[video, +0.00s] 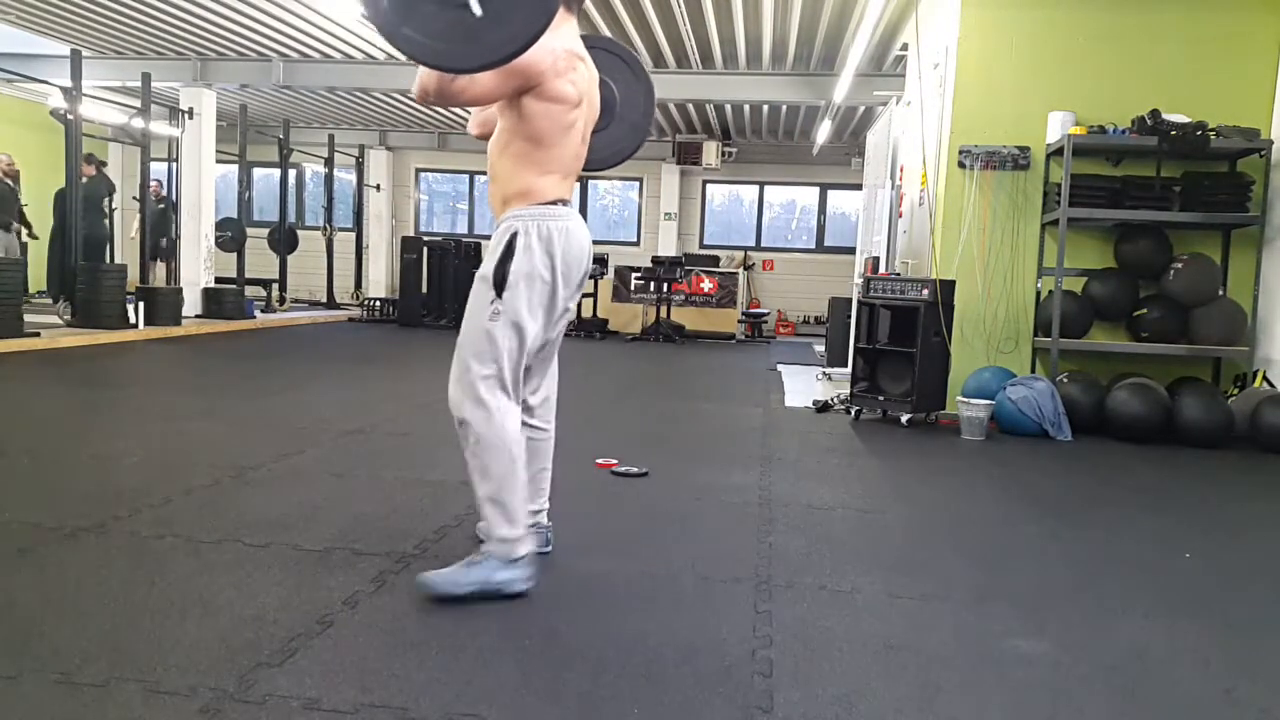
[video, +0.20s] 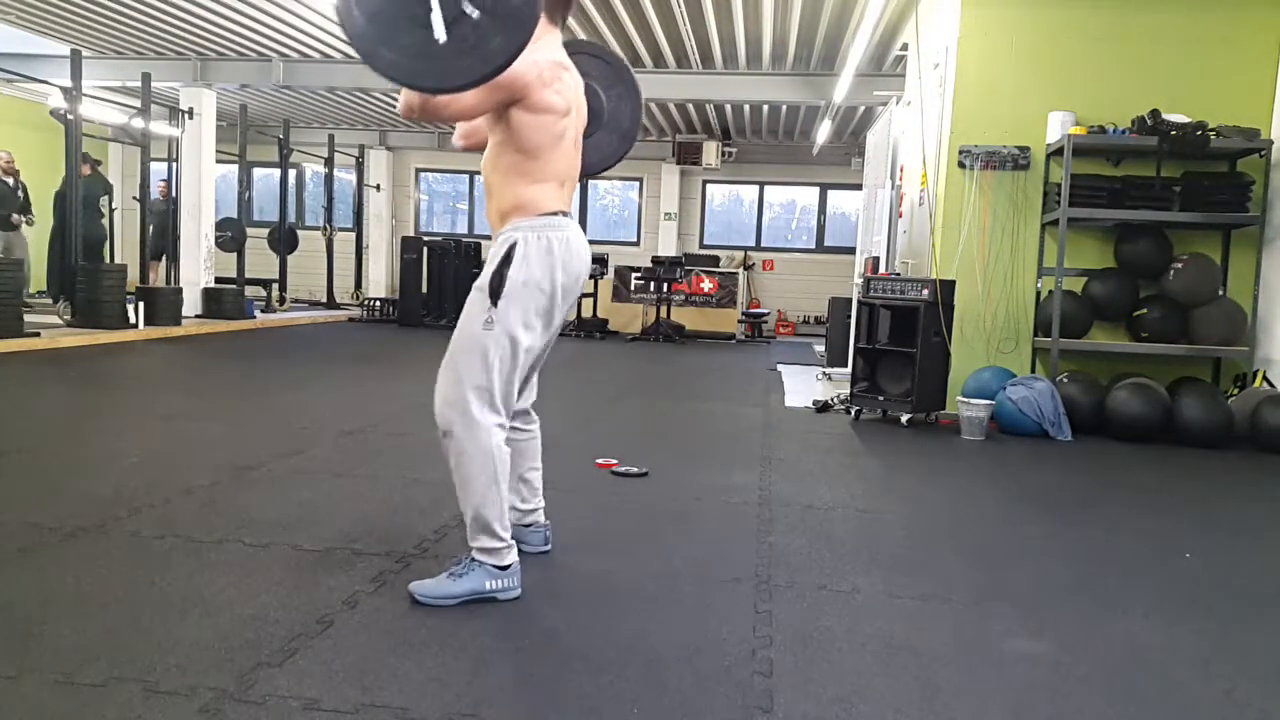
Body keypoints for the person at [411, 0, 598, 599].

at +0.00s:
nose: (503, 16)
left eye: (511, 8)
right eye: (503, 10)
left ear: (542, 4)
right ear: (573, 9)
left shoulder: (540, 52)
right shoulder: (584, 71)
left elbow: (429, 87)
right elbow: (482, 125)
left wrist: (461, 25)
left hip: (526, 236)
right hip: (565, 233)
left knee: (479, 389)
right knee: (534, 391)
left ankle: (506, 551)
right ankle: (529, 523)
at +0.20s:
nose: (489, 21)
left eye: (497, 11)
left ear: (524, 8)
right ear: (559, 12)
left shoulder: (525, 62)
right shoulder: (565, 74)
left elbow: (416, 104)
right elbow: (467, 137)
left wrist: (440, 44)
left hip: (527, 247)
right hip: (562, 244)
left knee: (464, 399)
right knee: (514, 400)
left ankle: (492, 561)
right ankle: (527, 521)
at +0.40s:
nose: (481, 46)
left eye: (489, 34)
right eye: (482, 33)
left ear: (515, 41)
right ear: (539, 44)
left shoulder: (512, 103)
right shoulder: (549, 104)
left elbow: (409, 153)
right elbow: (474, 172)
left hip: (541, 284)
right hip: (571, 280)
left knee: (437, 408)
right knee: (504, 409)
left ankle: (490, 563)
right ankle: (527, 522)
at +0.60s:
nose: (471, 113)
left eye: (480, 102)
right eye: (475, 102)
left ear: (504, 110)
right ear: (525, 114)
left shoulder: (498, 171)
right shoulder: (540, 170)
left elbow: (439, 237)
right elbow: (457, 241)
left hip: (545, 342)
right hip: (580, 334)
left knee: (410, 424)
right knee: (484, 403)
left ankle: (488, 563)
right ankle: (525, 522)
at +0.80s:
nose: (456, 181)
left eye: (466, 171)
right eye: (459, 169)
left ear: (491, 182)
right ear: (503, 184)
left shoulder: (490, 241)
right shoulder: (531, 236)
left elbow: (427, 298)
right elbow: (444, 311)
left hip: (550, 404)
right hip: (585, 392)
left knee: (401, 433)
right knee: (461, 405)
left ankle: (488, 565)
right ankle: (522, 522)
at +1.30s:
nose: (463, 117)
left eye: (474, 107)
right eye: (468, 105)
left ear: (500, 121)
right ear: (511, 125)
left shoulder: (492, 176)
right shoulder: (529, 178)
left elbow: (401, 238)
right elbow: (448, 254)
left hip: (539, 344)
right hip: (575, 336)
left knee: (401, 429)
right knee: (477, 406)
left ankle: (487, 563)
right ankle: (522, 521)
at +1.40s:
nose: (474, 63)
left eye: (486, 53)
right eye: (479, 51)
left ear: (511, 72)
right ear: (522, 76)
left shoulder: (498, 132)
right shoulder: (537, 135)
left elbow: (398, 191)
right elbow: (451, 209)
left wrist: (395, 119)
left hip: (526, 305)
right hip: (559, 300)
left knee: (408, 426)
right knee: (485, 410)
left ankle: (490, 564)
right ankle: (525, 522)